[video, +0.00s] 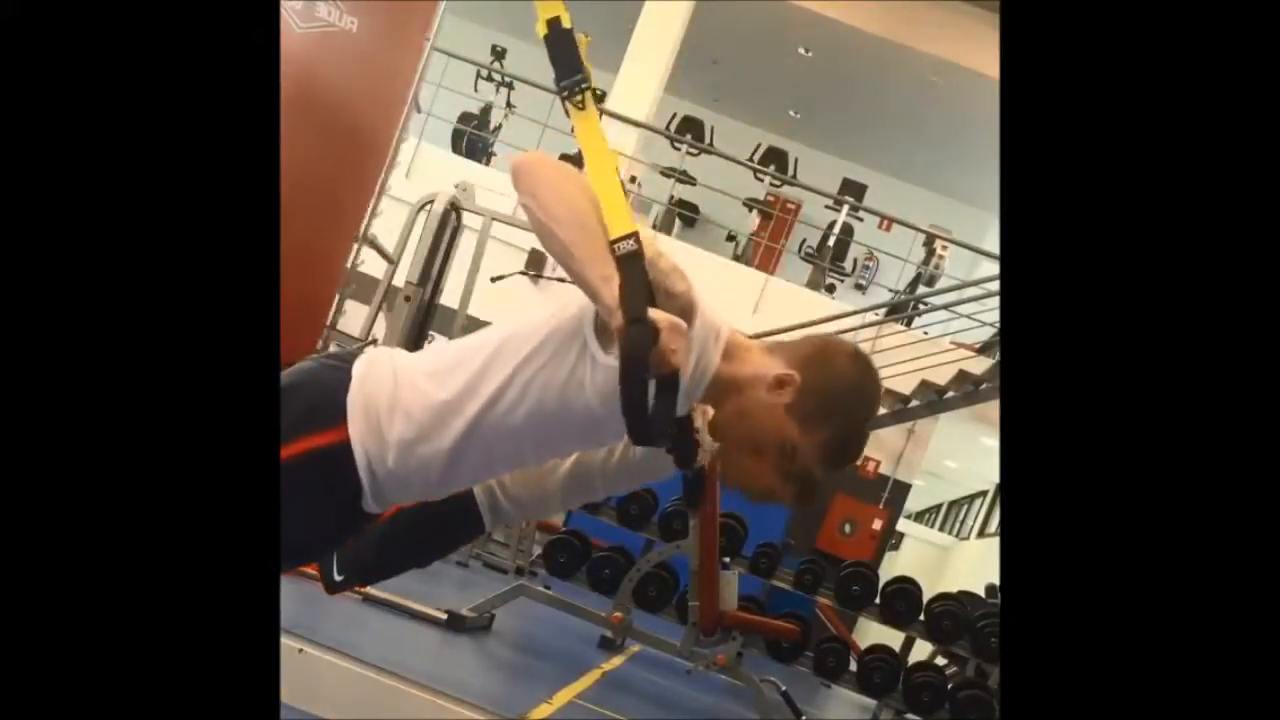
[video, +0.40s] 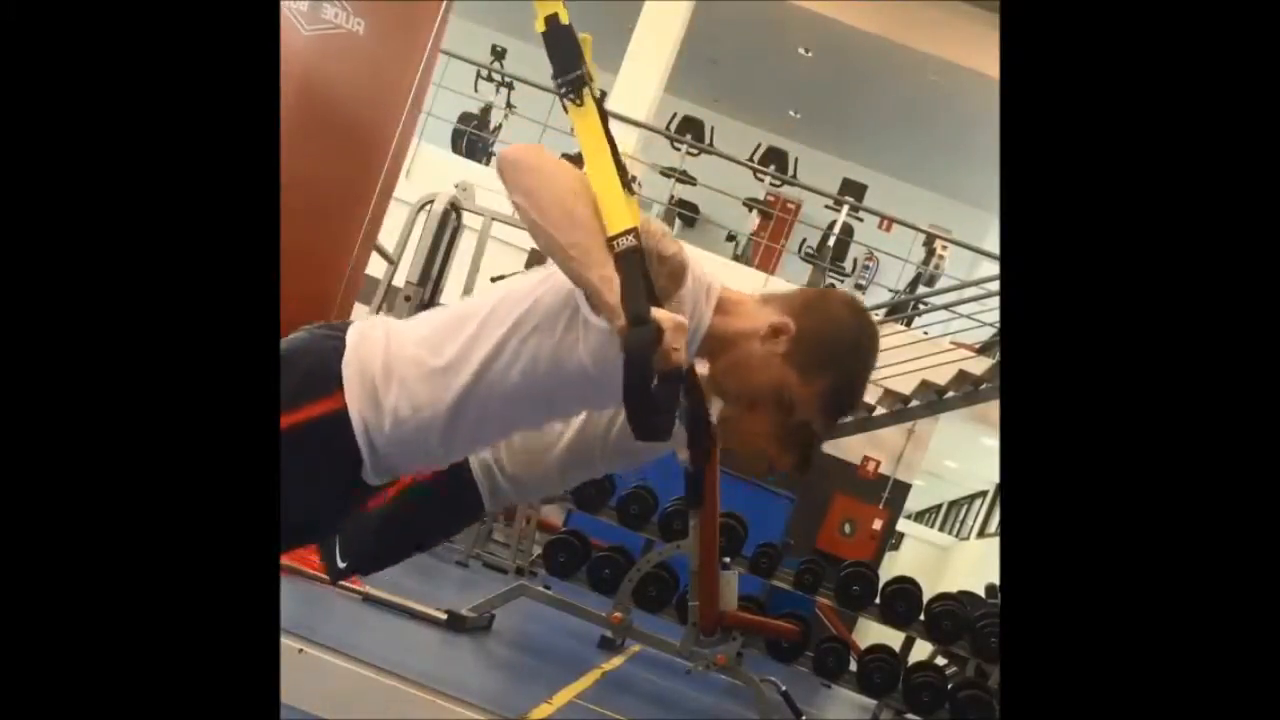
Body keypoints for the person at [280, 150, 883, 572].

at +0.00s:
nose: (759, 484)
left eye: (779, 483)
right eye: (781, 468)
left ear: (779, 386)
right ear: (781, 391)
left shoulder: (693, 420)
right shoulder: (672, 300)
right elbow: (534, 171)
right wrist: (620, 304)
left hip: (366, 488)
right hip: (333, 436)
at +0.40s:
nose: (761, 411)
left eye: (781, 411)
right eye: (780, 397)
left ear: (776, 330)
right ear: (775, 331)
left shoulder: (691, 366)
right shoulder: (669, 273)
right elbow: (525, 167)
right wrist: (628, 305)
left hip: (366, 455)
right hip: (331, 407)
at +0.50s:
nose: (757, 375)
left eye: (776, 376)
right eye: (776, 362)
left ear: (768, 291)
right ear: (770, 294)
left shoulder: (681, 336)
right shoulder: (664, 244)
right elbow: (515, 157)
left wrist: (666, 405)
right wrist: (629, 311)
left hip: (364, 440)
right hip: (329, 384)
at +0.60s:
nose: (745, 333)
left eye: (767, 330)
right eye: (766, 316)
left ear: (760, 248)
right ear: (758, 248)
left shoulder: (659, 288)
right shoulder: (642, 195)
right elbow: (506, 152)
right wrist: (615, 308)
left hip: (364, 422)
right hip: (325, 361)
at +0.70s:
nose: (738, 295)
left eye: (758, 292)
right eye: (756, 280)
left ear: (745, 205)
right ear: (747, 208)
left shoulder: (654, 250)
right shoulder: (630, 158)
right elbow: (503, 145)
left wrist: (659, 401)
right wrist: (615, 302)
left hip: (362, 404)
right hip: (318, 340)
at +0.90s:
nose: (716, 235)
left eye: (735, 231)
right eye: (732, 213)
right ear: (716, 141)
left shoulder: (624, 209)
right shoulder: (605, 107)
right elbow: (501, 134)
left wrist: (663, 383)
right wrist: (596, 287)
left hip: (352, 365)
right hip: (305, 303)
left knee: (287, 482)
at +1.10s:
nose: (695, 173)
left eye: (713, 165)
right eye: (708, 151)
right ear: (687, 75)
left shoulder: (600, 152)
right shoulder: (556, 47)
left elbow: (621, 256)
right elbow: (507, 148)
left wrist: (667, 367)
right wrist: (607, 292)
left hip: (335, 336)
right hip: (291, 275)